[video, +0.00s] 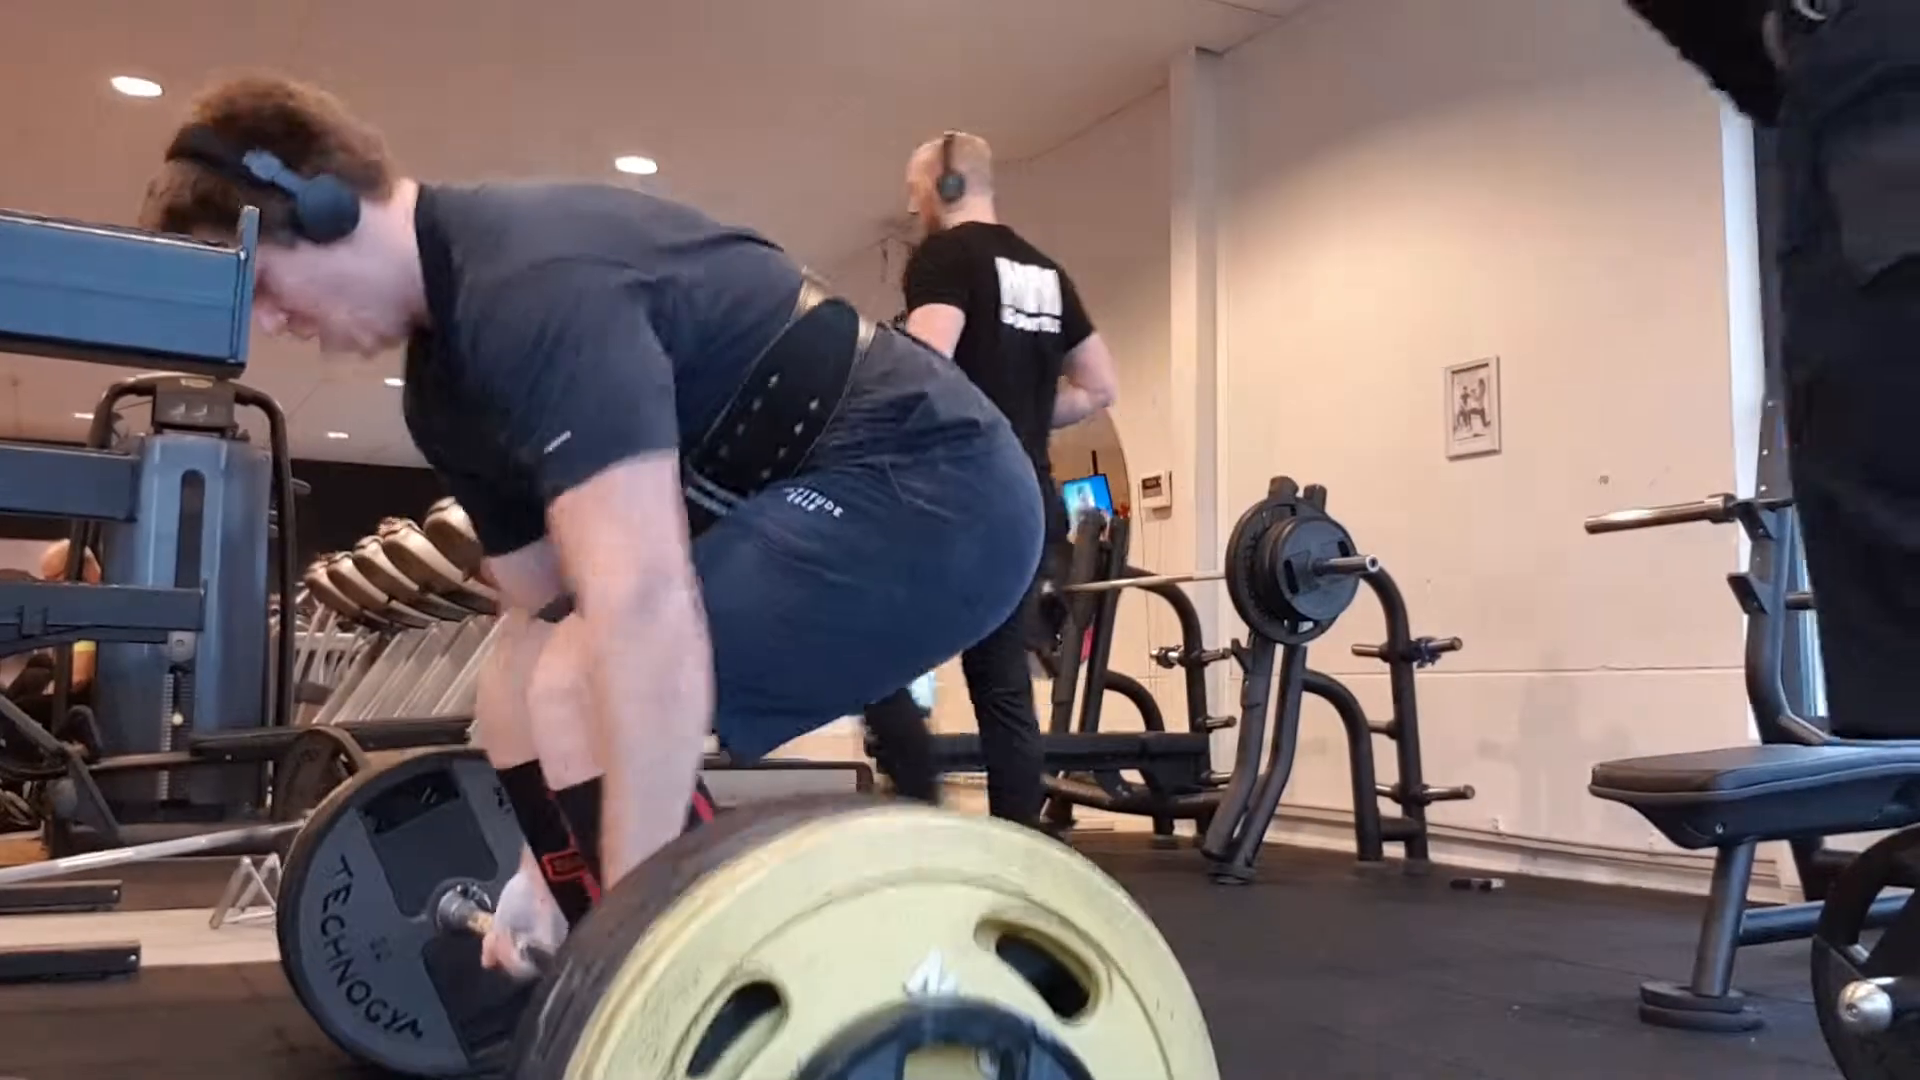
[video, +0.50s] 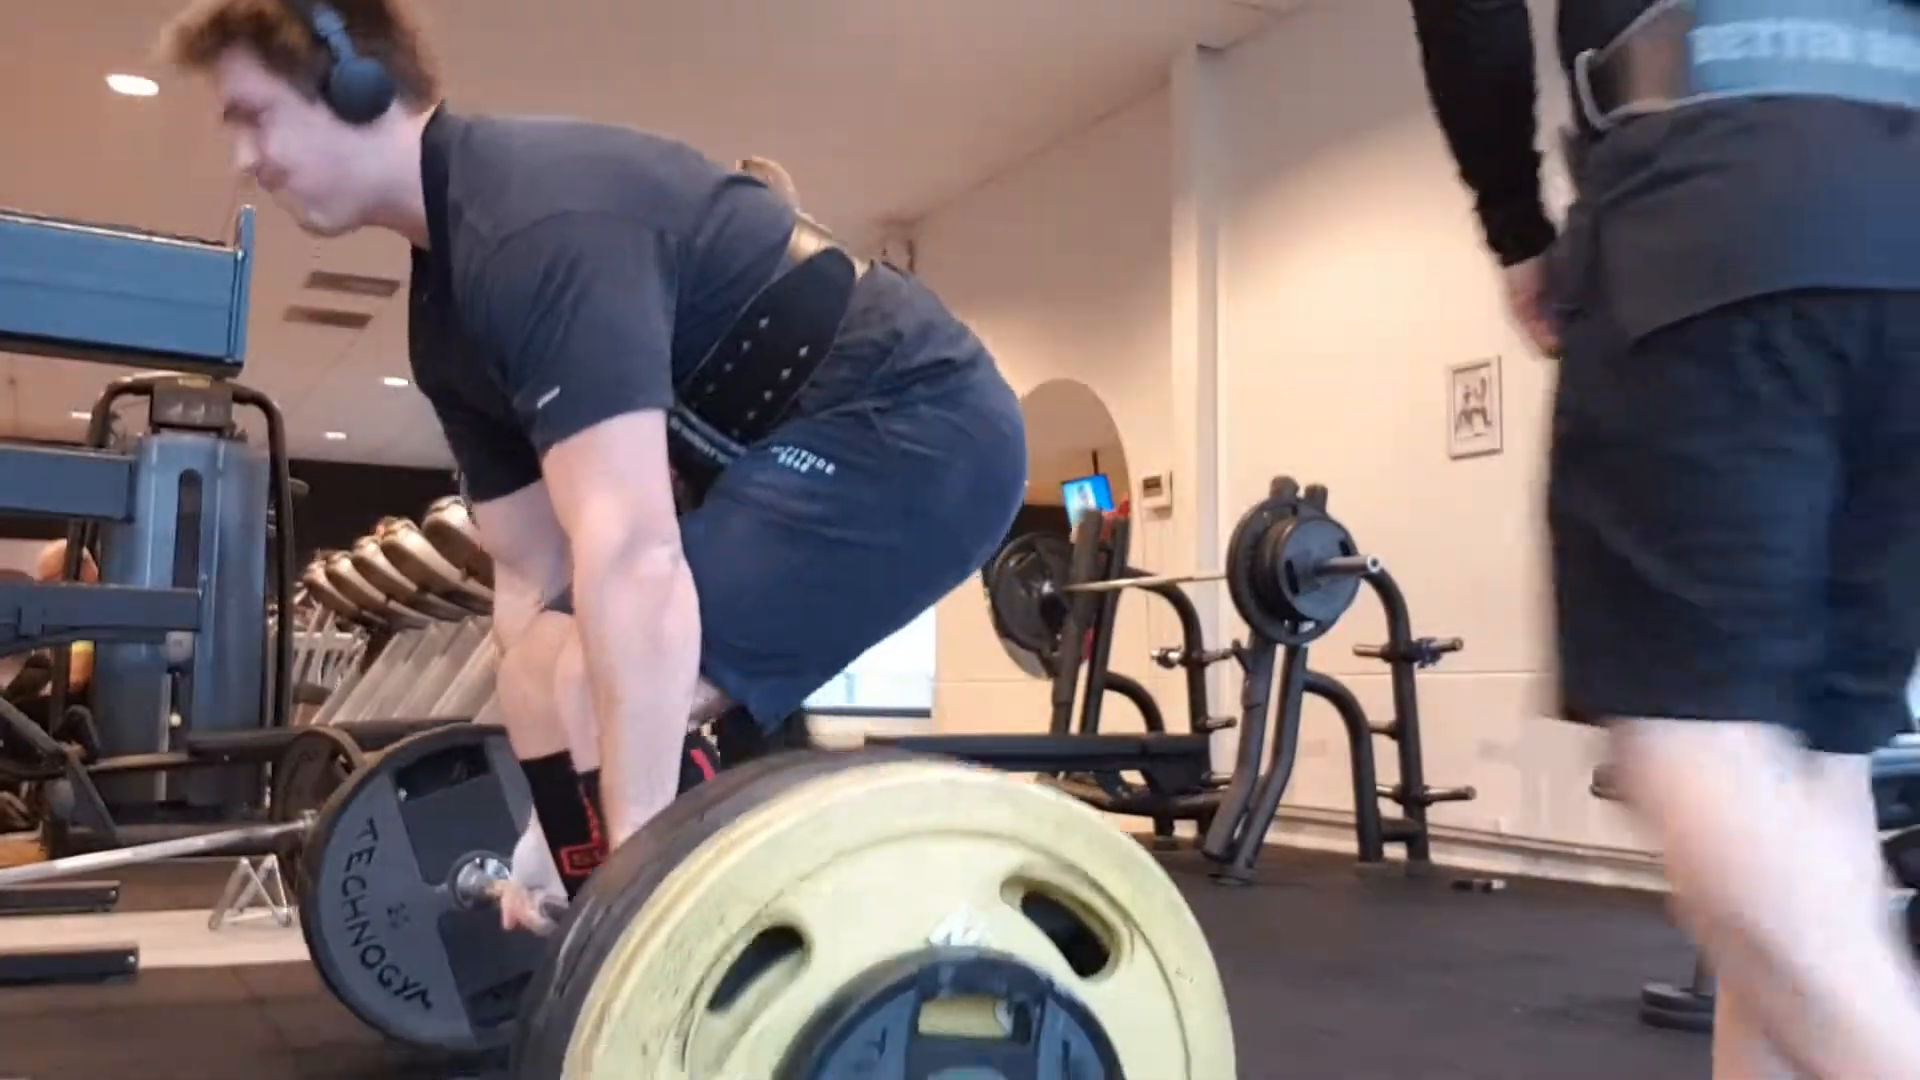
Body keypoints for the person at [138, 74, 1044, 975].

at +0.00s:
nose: (280, 324)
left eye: (262, 285)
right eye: (255, 306)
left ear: (303, 211)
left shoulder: (541, 288)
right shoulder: (444, 380)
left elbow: (643, 602)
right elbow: (539, 617)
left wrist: (639, 926)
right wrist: (538, 876)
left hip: (920, 485)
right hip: (804, 505)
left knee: (586, 689)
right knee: (516, 685)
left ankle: (686, 993)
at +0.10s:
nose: (270, 292)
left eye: (257, 248)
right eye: (245, 270)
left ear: (322, 170)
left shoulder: (528, 280)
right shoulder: (434, 363)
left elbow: (621, 605)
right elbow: (518, 615)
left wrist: (632, 913)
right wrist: (533, 864)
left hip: (913, 483)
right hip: (814, 498)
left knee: (575, 704)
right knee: (499, 699)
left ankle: (701, 984)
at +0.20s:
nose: (259, 261)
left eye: (241, 219)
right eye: (231, 235)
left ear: (307, 141)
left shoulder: (527, 261)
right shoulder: (433, 347)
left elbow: (624, 599)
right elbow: (524, 609)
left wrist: (636, 926)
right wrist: (536, 873)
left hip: (906, 463)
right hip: (808, 482)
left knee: (564, 690)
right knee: (500, 693)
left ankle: (680, 984)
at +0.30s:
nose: (256, 232)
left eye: (246, 189)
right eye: (232, 206)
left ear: (321, 122)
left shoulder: (531, 256)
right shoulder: (433, 333)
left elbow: (625, 595)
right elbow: (524, 599)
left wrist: (641, 920)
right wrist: (533, 858)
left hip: (902, 450)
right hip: (802, 468)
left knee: (567, 683)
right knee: (508, 689)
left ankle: (685, 971)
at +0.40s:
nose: (245, 203)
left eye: (244, 162)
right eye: (227, 177)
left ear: (327, 106)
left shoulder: (533, 242)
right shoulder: (433, 327)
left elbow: (630, 576)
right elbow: (525, 591)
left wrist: (643, 898)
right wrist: (535, 847)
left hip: (905, 434)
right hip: (799, 461)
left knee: (578, 679)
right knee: (517, 687)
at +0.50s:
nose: (243, 164)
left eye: (253, 119)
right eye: (232, 131)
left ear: (352, 79)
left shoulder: (544, 221)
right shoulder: (445, 313)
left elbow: (636, 559)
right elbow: (528, 578)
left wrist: (638, 868)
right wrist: (551, 849)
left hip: (908, 417)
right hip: (811, 446)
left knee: (601, 683)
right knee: (537, 668)